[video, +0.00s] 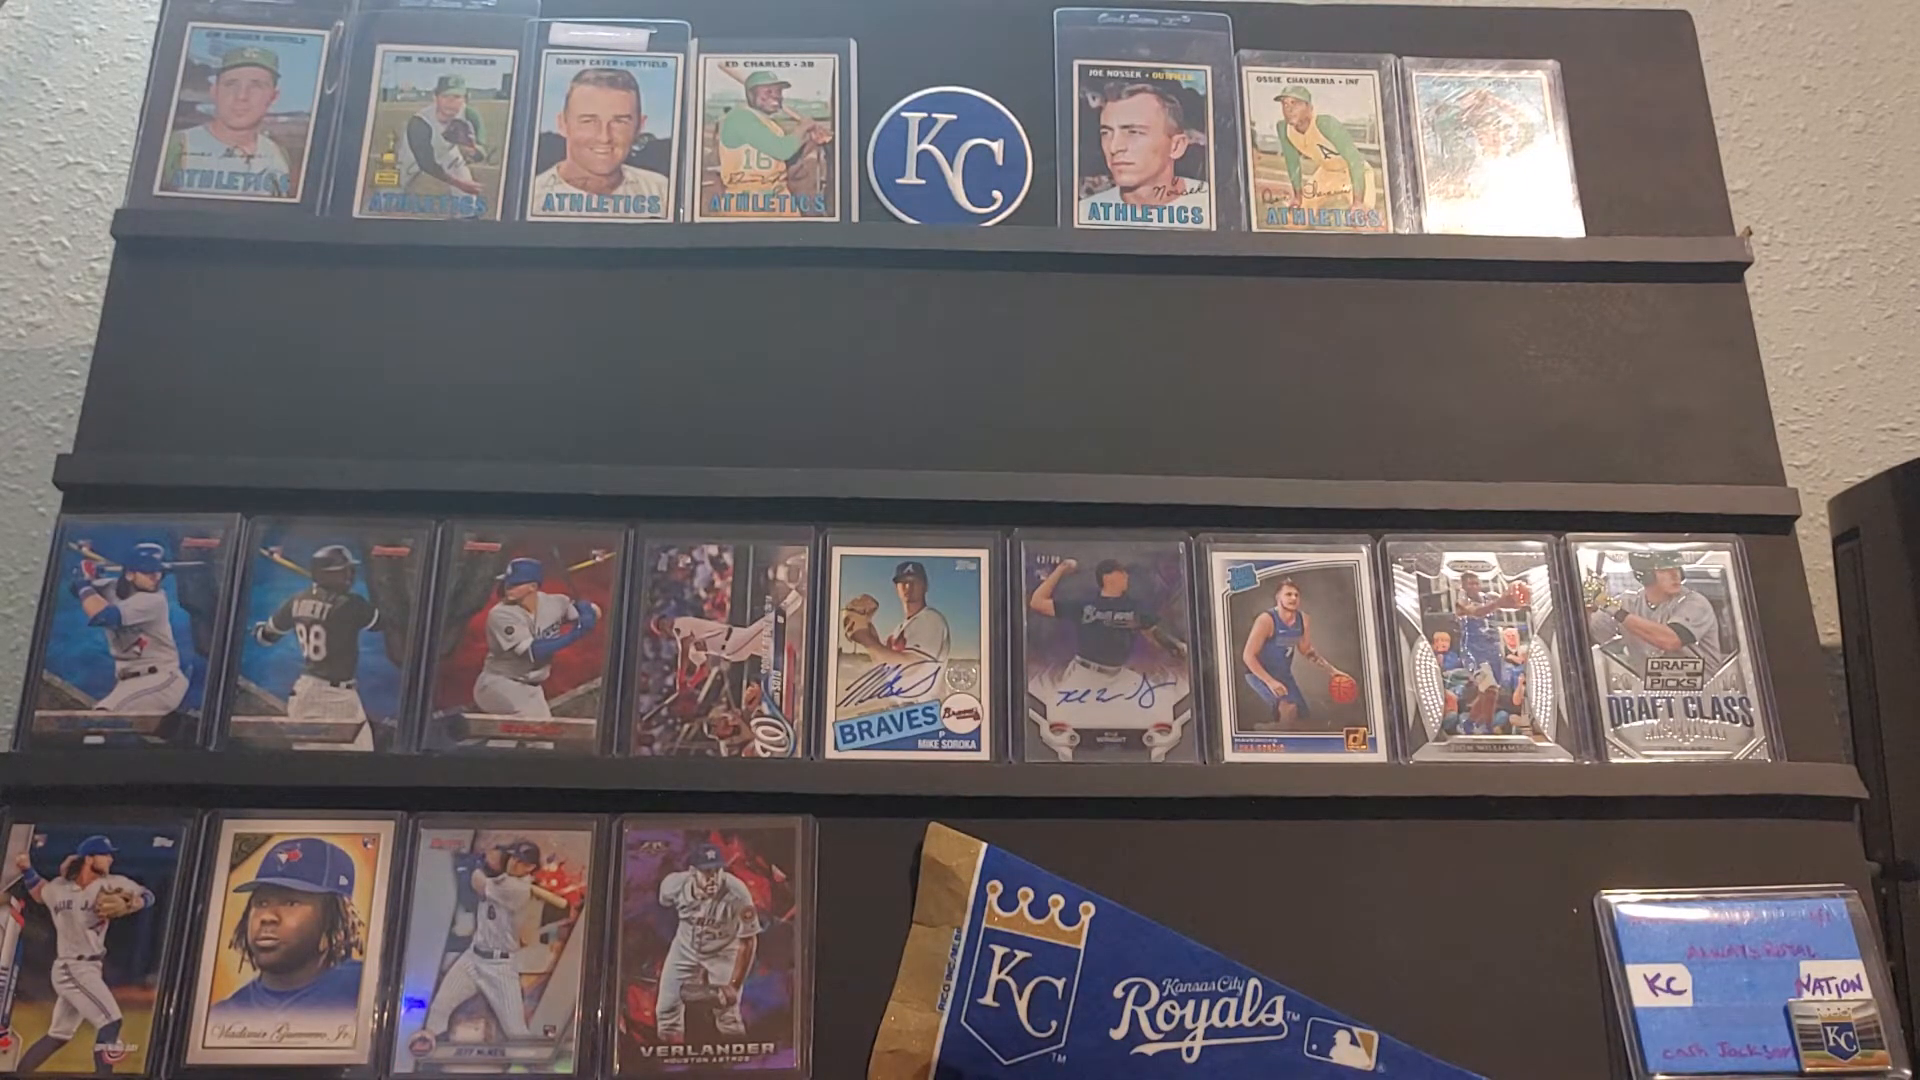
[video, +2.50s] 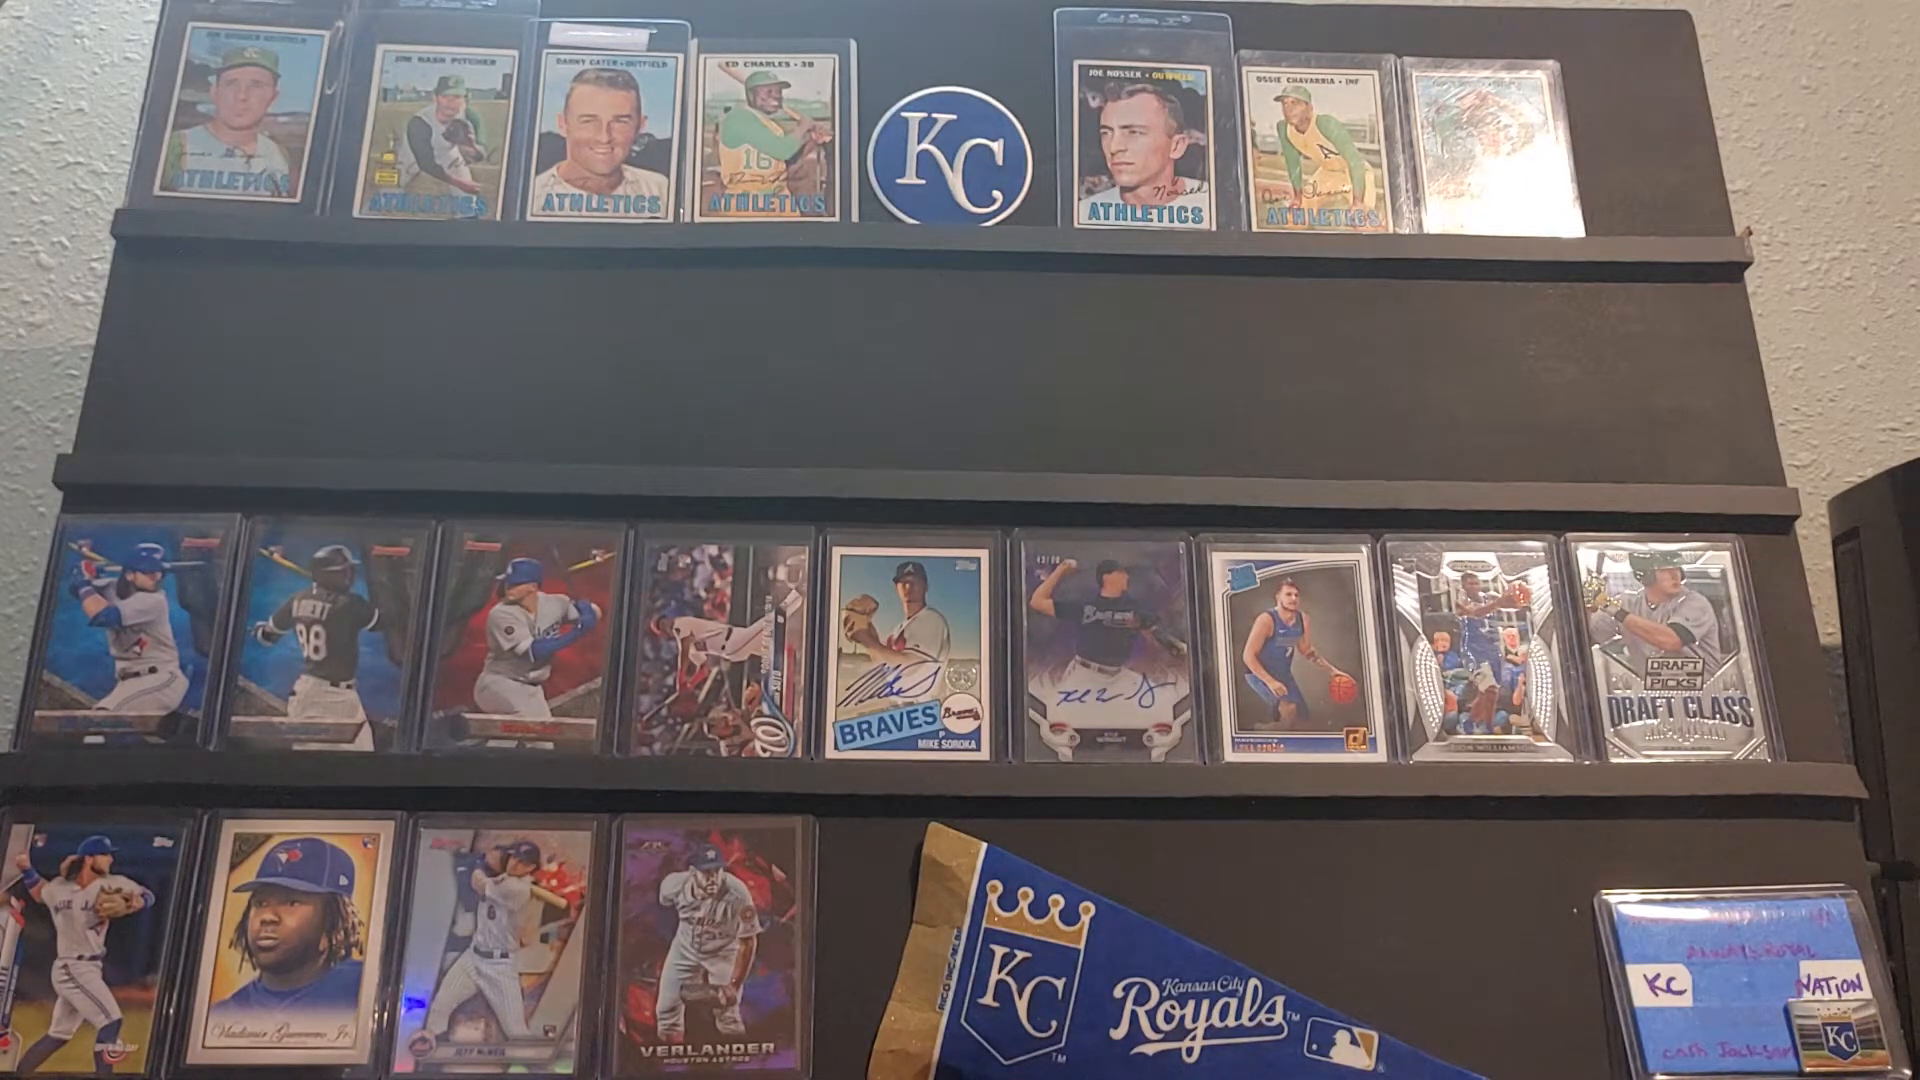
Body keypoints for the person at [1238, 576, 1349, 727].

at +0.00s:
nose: (1293, 599)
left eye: (1296, 595)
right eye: (1288, 595)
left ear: (1299, 599)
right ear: (1278, 598)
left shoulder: (1302, 619)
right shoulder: (1266, 620)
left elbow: (1307, 650)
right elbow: (1248, 656)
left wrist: (1333, 671)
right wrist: (1270, 682)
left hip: (1284, 674)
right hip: (1260, 673)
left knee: (1302, 714)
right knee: (1288, 706)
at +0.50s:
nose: (1293, 599)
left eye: (1296, 595)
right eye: (1288, 595)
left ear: (1299, 598)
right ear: (1278, 598)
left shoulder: (1302, 619)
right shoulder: (1266, 620)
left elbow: (1306, 650)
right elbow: (1248, 656)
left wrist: (1333, 671)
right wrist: (1270, 682)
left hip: (1284, 673)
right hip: (1260, 673)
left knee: (1302, 714)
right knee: (1288, 706)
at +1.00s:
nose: (1293, 599)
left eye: (1296, 595)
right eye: (1288, 594)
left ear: (1300, 598)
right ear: (1278, 598)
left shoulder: (1302, 619)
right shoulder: (1266, 620)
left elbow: (1306, 650)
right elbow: (1248, 656)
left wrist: (1333, 671)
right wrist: (1271, 682)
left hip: (1284, 674)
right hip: (1260, 673)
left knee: (1302, 712)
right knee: (1288, 705)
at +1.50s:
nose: (1293, 599)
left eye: (1296, 595)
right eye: (1288, 594)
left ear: (1300, 598)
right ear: (1278, 598)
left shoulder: (1303, 619)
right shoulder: (1266, 620)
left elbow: (1306, 650)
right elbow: (1248, 656)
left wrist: (1333, 671)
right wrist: (1271, 682)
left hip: (1284, 674)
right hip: (1260, 673)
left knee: (1302, 713)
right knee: (1289, 706)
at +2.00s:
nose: (1293, 599)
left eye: (1296, 595)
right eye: (1288, 595)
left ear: (1299, 598)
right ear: (1278, 597)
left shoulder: (1302, 619)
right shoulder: (1266, 620)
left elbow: (1306, 650)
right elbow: (1248, 656)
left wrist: (1334, 672)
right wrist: (1270, 682)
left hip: (1283, 673)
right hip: (1260, 673)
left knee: (1302, 715)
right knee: (1289, 707)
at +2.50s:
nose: (1293, 599)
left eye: (1296, 595)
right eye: (1288, 595)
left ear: (1299, 598)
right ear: (1278, 597)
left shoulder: (1302, 619)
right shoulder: (1266, 620)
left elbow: (1306, 650)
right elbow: (1248, 656)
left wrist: (1333, 672)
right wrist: (1270, 682)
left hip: (1283, 673)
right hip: (1260, 673)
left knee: (1302, 715)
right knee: (1289, 707)